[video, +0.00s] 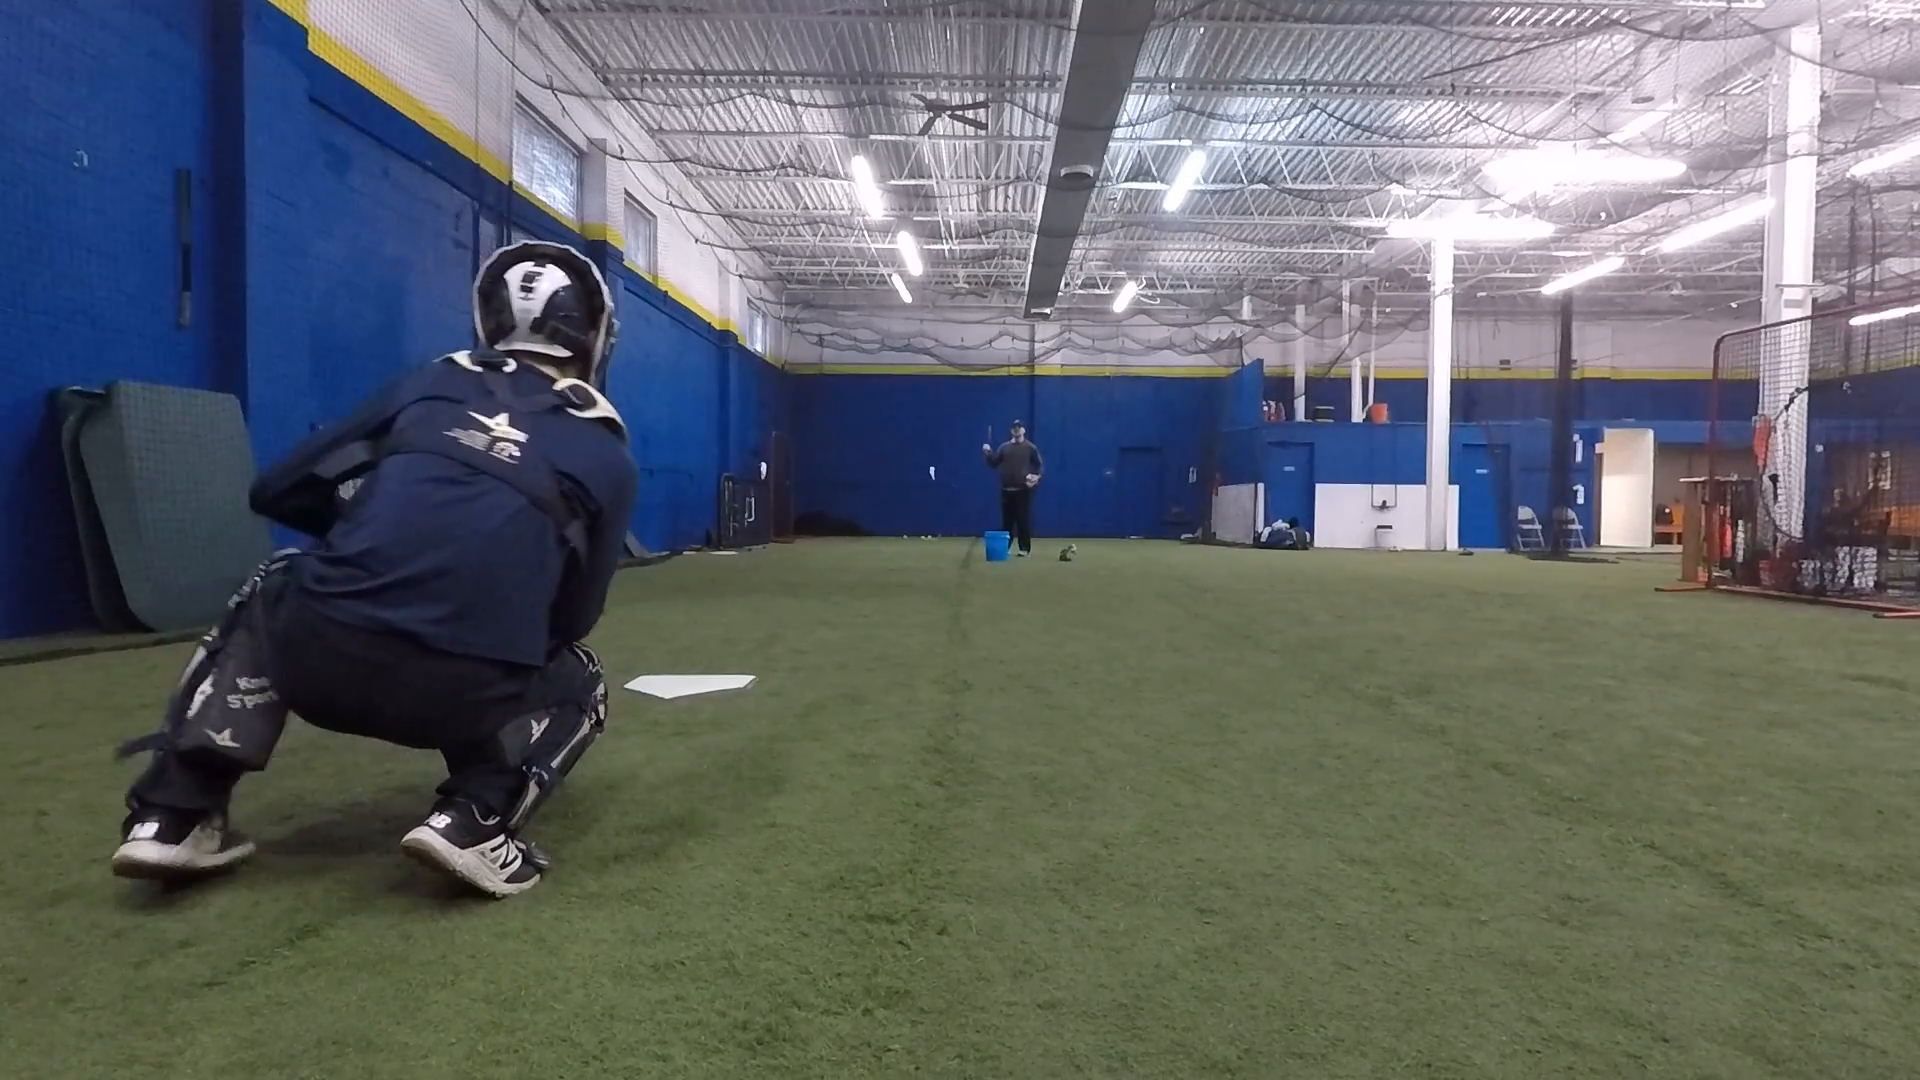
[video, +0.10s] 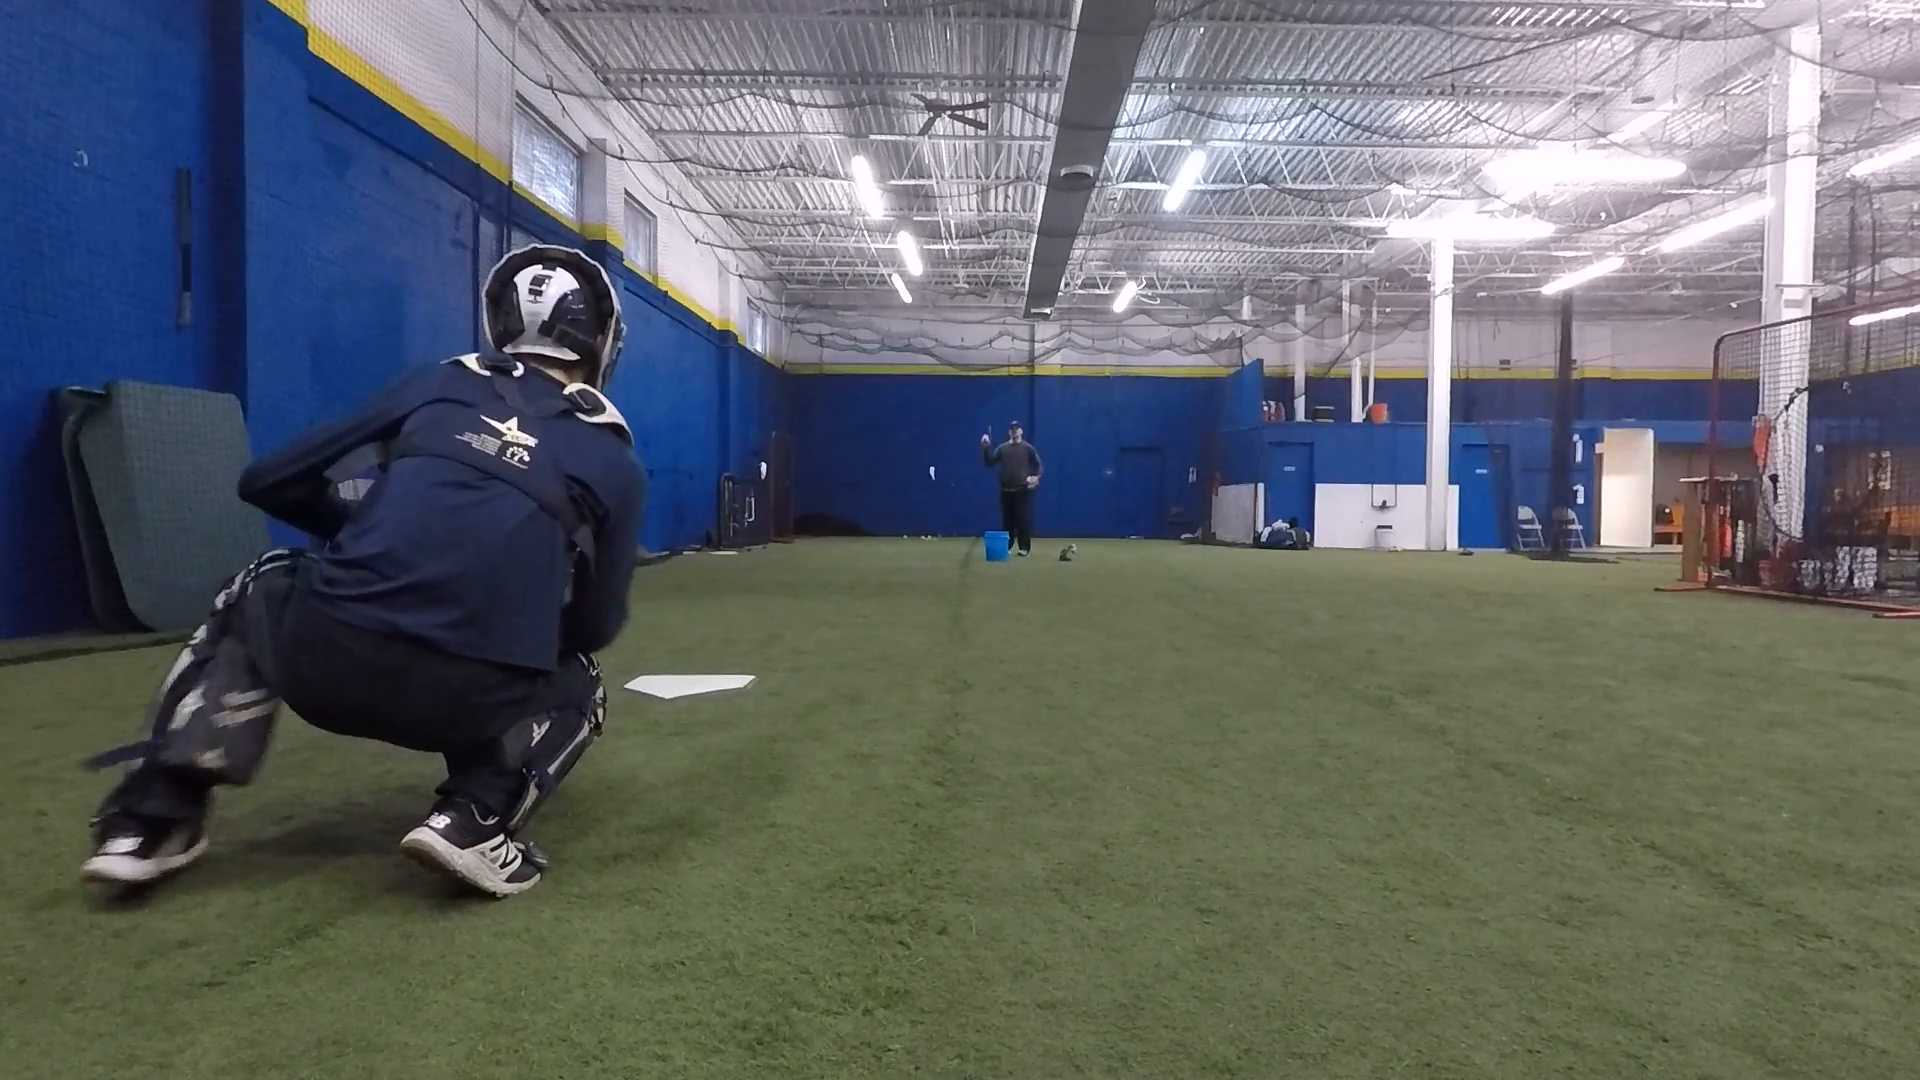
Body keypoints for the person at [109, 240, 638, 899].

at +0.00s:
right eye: (604, 325)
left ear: (490, 322)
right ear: (594, 339)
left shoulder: (433, 380)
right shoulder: (609, 455)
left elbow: (279, 488)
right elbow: (571, 622)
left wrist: (372, 531)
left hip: (324, 655)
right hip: (466, 692)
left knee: (274, 591)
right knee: (577, 685)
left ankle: (173, 809)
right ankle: (473, 820)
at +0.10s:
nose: (606, 345)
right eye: (606, 334)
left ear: (499, 328)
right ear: (601, 347)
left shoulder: (437, 382)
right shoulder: (616, 460)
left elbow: (269, 481)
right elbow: (596, 626)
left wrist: (369, 522)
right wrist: (517, 608)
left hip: (334, 658)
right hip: (477, 696)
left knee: (260, 592)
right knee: (576, 683)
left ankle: (151, 815)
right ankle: (474, 818)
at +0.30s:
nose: (598, 363)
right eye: (595, 349)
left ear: (475, 338)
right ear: (581, 357)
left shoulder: (404, 401)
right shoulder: (587, 457)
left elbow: (247, 506)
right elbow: (659, 616)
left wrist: (350, 549)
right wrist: (649, 675)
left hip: (305, 666)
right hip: (459, 694)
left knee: (239, 624)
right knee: (582, 670)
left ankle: (104, 840)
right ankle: (474, 824)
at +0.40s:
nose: (569, 365)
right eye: (564, 349)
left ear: (453, 346)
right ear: (553, 359)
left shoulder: (376, 406)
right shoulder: (555, 444)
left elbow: (232, 520)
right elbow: (655, 603)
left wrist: (334, 563)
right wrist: (662, 685)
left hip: (283, 671)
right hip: (437, 693)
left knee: (232, 623)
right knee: (585, 666)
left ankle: (102, 845)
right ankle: (475, 827)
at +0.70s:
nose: (492, 346)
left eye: (491, 331)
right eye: (488, 330)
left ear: (377, 332)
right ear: (471, 329)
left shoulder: (312, 394)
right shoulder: (456, 406)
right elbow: (516, 516)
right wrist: (551, 637)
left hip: (193, 643)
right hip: (331, 650)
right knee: (537, 660)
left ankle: (113, 839)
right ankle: (445, 840)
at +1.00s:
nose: (465, 260)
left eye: (465, 246)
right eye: (463, 245)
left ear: (352, 238)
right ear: (443, 239)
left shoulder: (274, 297)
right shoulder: (423, 285)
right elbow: (421, 355)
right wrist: (405, 508)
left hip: (144, 522)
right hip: (277, 507)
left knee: (238, 607)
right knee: (524, 595)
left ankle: (89, 812)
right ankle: (510, 799)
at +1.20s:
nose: (462, 336)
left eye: (459, 321)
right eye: (460, 322)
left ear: (347, 320)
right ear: (444, 320)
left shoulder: (279, 387)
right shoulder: (427, 385)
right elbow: (419, 482)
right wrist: (405, 640)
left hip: (150, 620)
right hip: (289, 615)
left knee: (226, 674)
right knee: (545, 657)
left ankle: (71, 842)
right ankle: (510, 863)